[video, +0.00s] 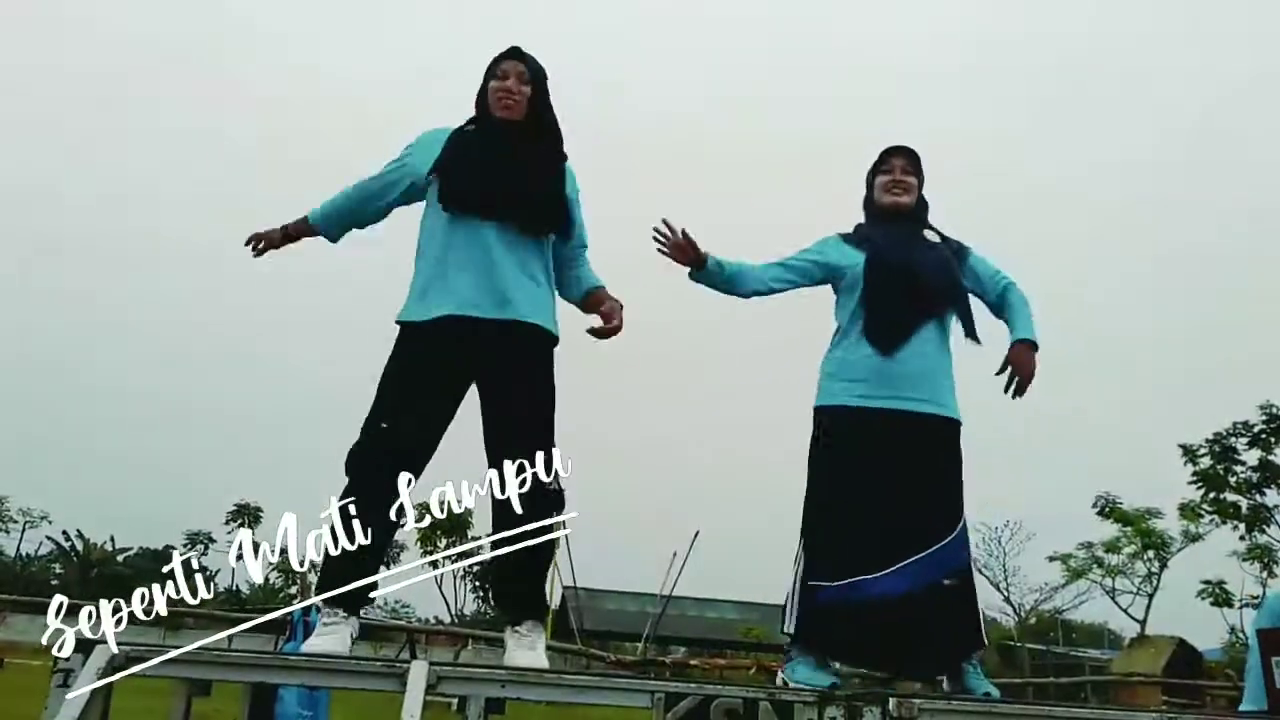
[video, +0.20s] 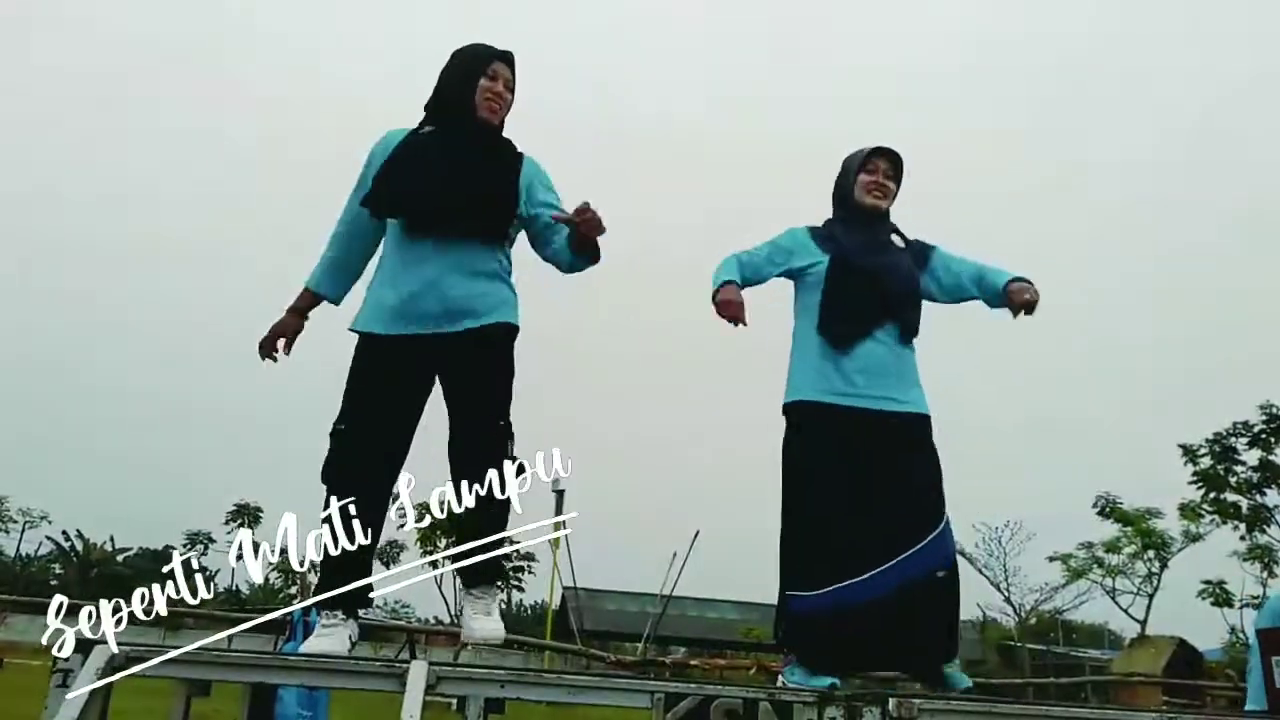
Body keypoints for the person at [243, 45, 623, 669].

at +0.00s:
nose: (509, 87)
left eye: (522, 81)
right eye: (501, 78)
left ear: (540, 98)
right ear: (484, 88)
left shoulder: (557, 172)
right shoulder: (444, 144)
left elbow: (571, 260)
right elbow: (377, 192)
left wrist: (600, 298)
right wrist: (301, 228)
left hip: (524, 328)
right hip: (438, 321)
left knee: (527, 473)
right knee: (383, 460)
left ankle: (525, 620)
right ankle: (340, 609)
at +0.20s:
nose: (502, 94)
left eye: (508, 89)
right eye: (492, 82)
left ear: (510, 103)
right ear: (458, 82)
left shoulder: (518, 167)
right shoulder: (398, 146)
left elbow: (557, 247)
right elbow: (353, 234)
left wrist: (582, 239)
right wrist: (299, 310)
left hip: (482, 324)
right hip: (393, 323)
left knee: (482, 458)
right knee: (359, 463)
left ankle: (481, 593)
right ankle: (340, 609)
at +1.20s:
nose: (607, 120)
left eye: (612, 115)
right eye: (598, 110)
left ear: (610, 130)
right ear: (564, 114)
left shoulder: (616, 180)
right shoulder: (508, 167)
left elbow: (621, 174)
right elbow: (478, 229)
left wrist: (547, 126)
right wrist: (510, 267)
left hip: (595, 351)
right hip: (516, 346)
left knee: (596, 490)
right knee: (506, 485)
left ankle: (572, 626)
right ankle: (502, 627)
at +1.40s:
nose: (618, 112)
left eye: (623, 108)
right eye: (608, 102)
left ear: (623, 125)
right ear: (575, 106)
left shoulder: (636, 179)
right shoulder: (522, 172)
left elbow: (704, 173)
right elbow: (489, 228)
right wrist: (486, 268)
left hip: (619, 341)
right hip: (535, 341)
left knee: (654, 468)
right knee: (509, 478)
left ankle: (640, 609)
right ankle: (500, 624)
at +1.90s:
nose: (658, 123)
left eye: (670, 114)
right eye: (649, 115)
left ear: (693, 125)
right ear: (638, 128)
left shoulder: (719, 192)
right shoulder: (609, 183)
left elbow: (761, 257)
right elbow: (556, 240)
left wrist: (766, 294)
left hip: (701, 343)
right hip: (621, 337)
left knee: (701, 487)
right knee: (609, 447)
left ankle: (698, 638)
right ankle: (617, 604)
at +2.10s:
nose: (644, 136)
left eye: (655, 127)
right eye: (636, 129)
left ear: (682, 138)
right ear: (627, 143)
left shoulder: (713, 217)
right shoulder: (605, 192)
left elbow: (760, 269)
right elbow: (653, 206)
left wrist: (761, 299)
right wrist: (718, 210)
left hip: (700, 361)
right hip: (616, 358)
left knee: (712, 497)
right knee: (591, 474)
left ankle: (698, 638)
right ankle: (625, 617)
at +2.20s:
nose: (635, 123)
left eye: (646, 113)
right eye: (628, 116)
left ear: (674, 122)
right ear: (620, 128)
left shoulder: (709, 193)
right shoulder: (603, 186)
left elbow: (750, 258)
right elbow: (573, 185)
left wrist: (751, 291)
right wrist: (660, 184)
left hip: (688, 341)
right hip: (603, 334)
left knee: (693, 485)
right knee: (563, 443)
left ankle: (696, 635)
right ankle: (578, 601)